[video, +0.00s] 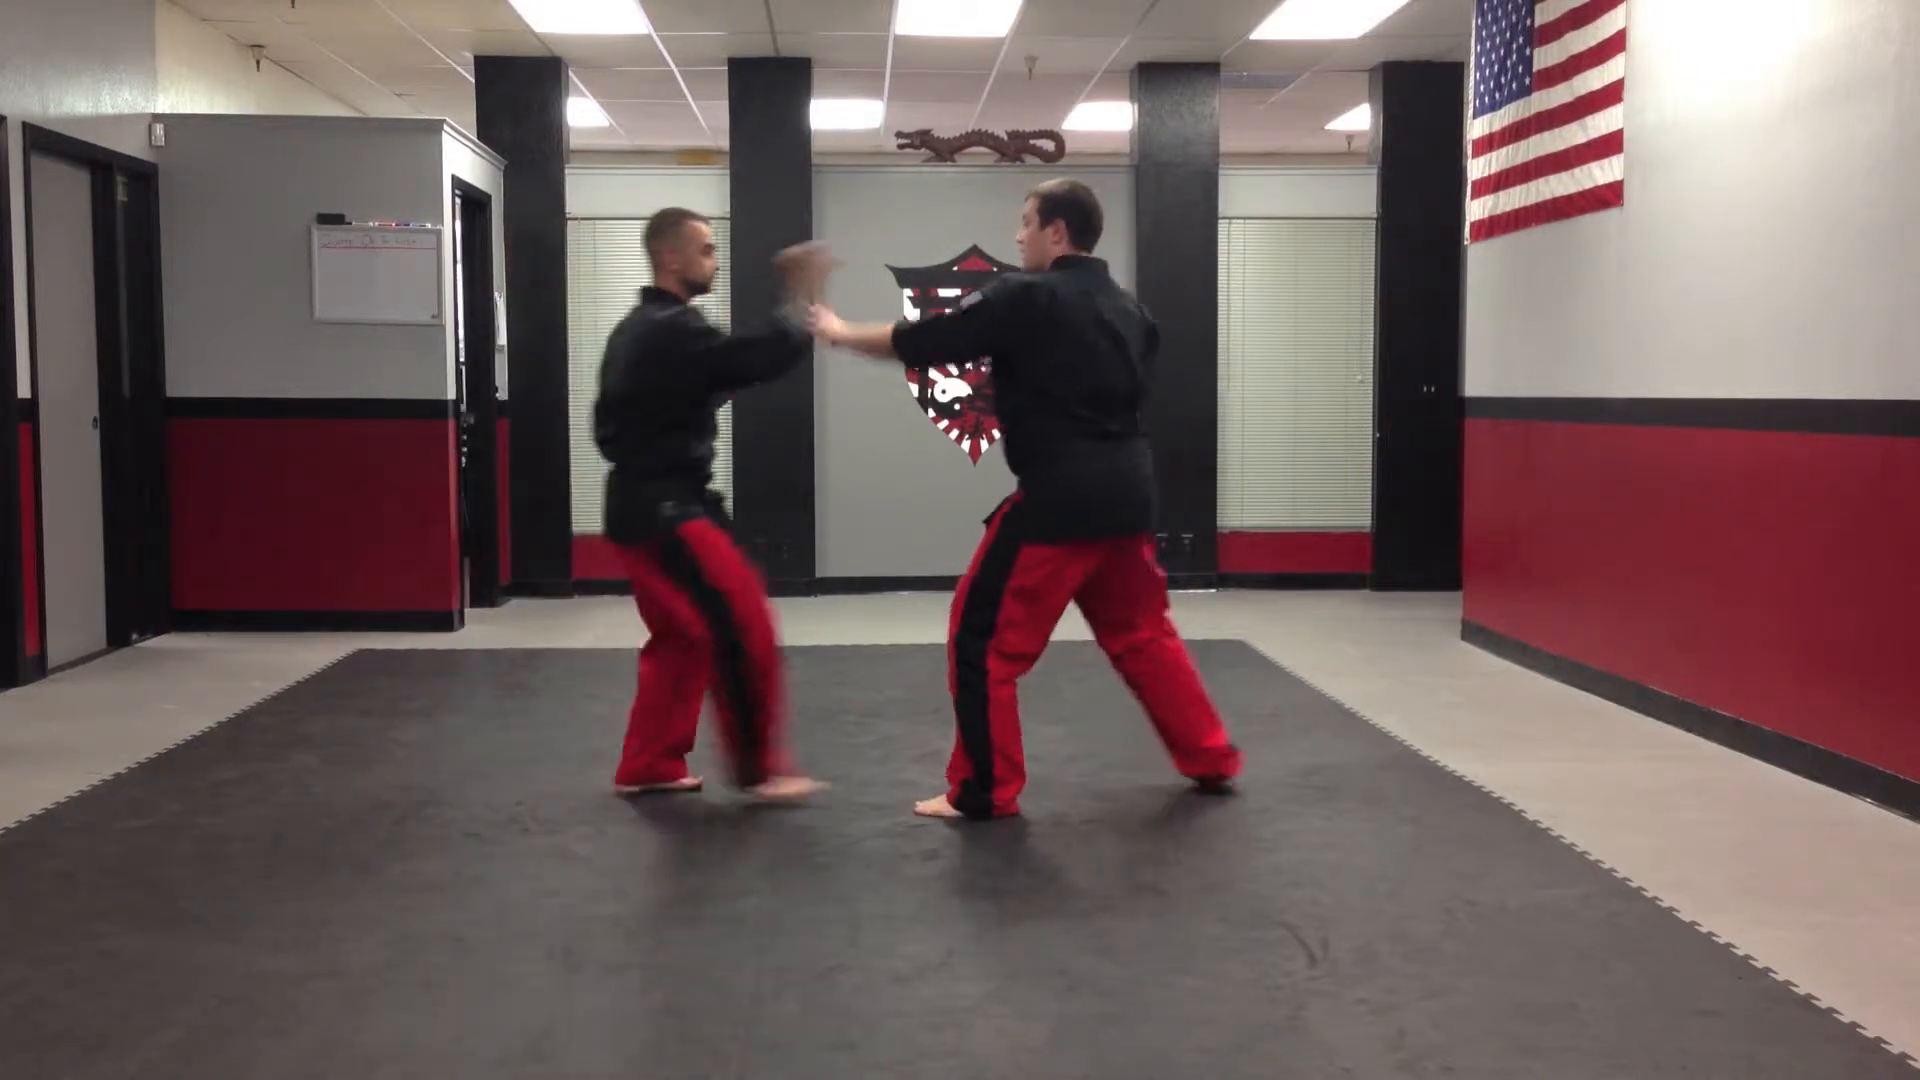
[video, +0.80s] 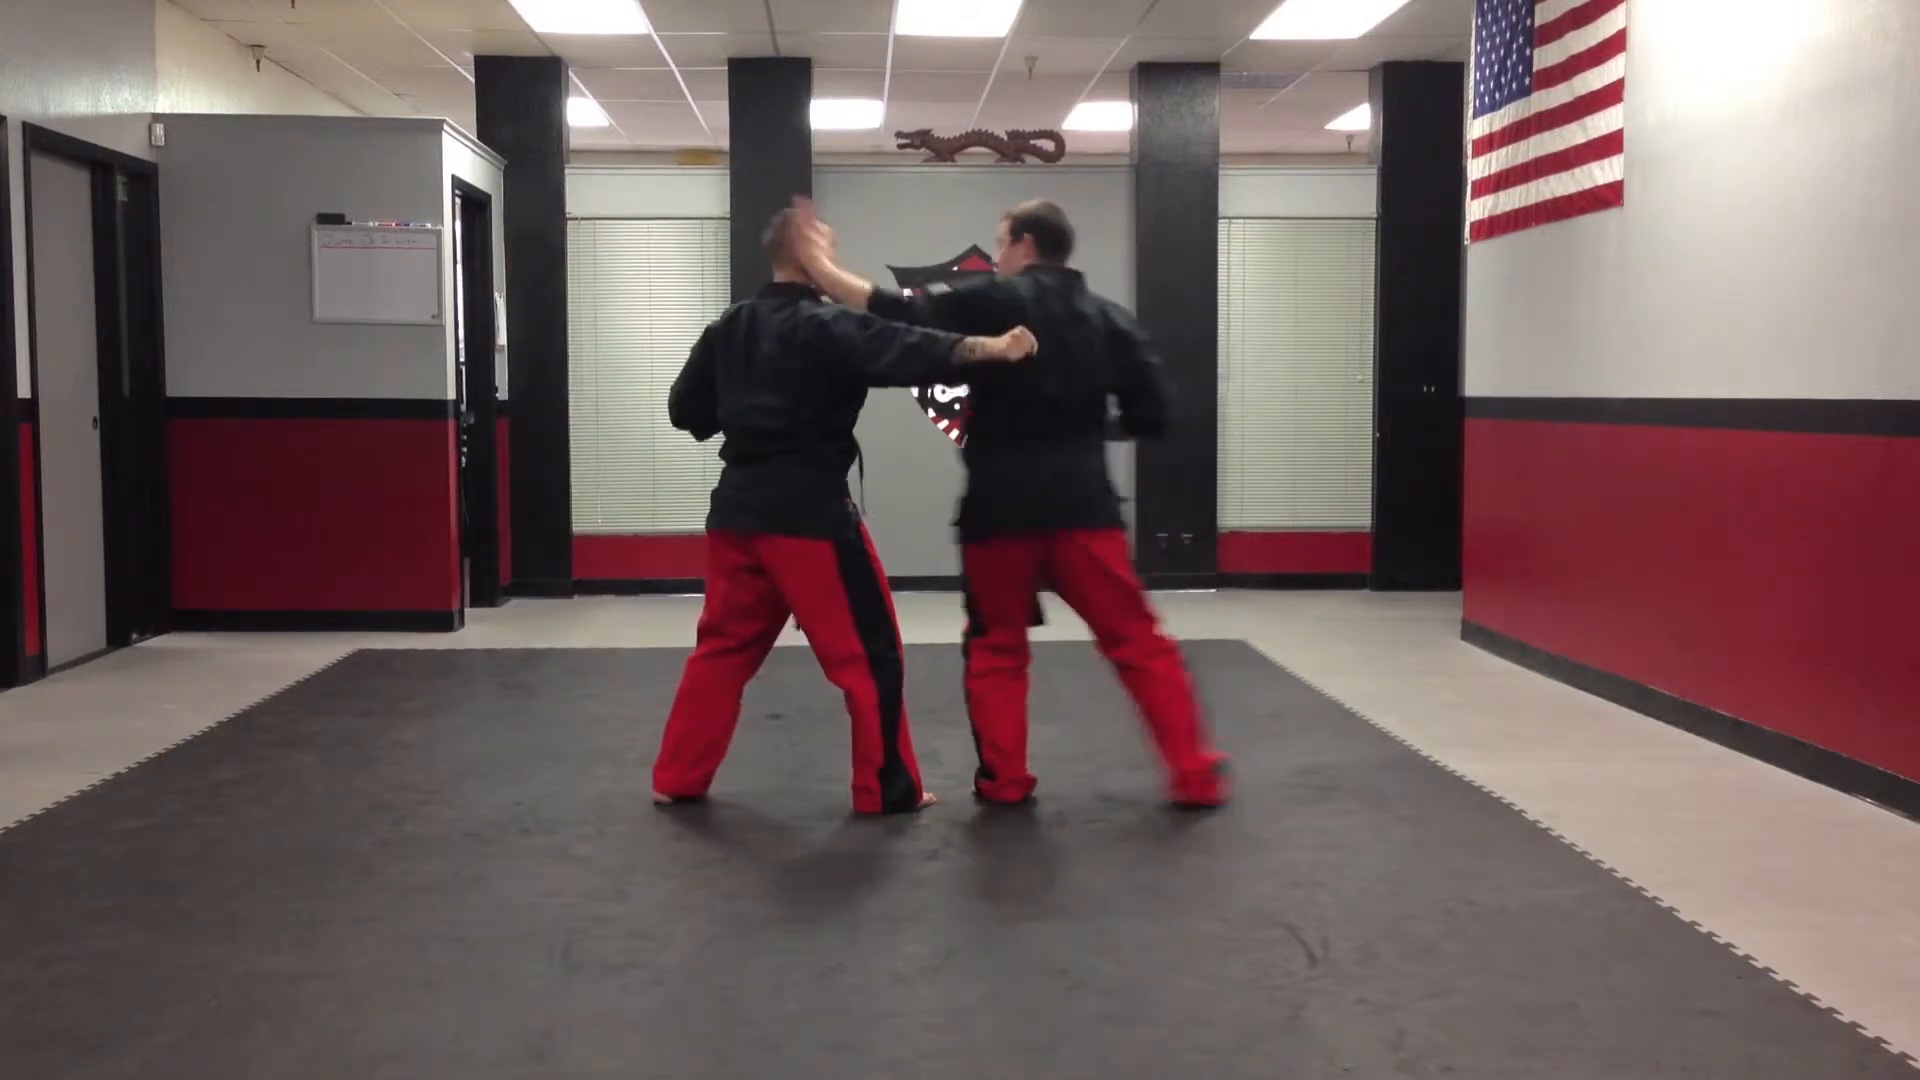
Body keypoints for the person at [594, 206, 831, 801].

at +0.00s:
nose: (715, 261)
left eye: (713, 249)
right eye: (704, 250)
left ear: (665, 260)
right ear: (667, 257)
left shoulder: (633, 330)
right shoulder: (675, 331)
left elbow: (611, 430)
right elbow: (751, 362)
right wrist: (798, 315)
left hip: (636, 511)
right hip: (672, 510)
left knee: (679, 636)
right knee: (743, 619)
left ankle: (649, 765)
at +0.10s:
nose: (755, 262)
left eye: (752, 251)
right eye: (744, 252)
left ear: (698, 263)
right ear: (707, 259)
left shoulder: (650, 333)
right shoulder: (727, 320)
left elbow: (640, 423)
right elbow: (808, 313)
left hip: (659, 516)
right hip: (711, 518)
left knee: (680, 641)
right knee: (780, 637)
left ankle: (649, 766)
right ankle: (851, 766)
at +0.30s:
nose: (813, 270)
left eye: (812, 260)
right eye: (806, 260)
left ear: (753, 269)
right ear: (774, 265)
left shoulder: (704, 338)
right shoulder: (796, 328)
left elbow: (668, 428)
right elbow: (865, 329)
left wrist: (734, 425)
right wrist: (925, 308)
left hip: (722, 524)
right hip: (790, 524)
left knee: (731, 647)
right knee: (865, 650)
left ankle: (665, 766)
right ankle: (890, 791)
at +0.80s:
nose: (833, 258)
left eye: (828, 246)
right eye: (827, 248)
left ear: (771, 260)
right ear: (813, 259)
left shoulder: (730, 328)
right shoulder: (832, 326)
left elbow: (688, 412)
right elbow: (902, 348)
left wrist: (747, 393)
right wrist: (989, 349)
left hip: (736, 513)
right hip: (813, 517)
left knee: (722, 646)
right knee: (869, 656)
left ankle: (677, 780)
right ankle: (887, 792)